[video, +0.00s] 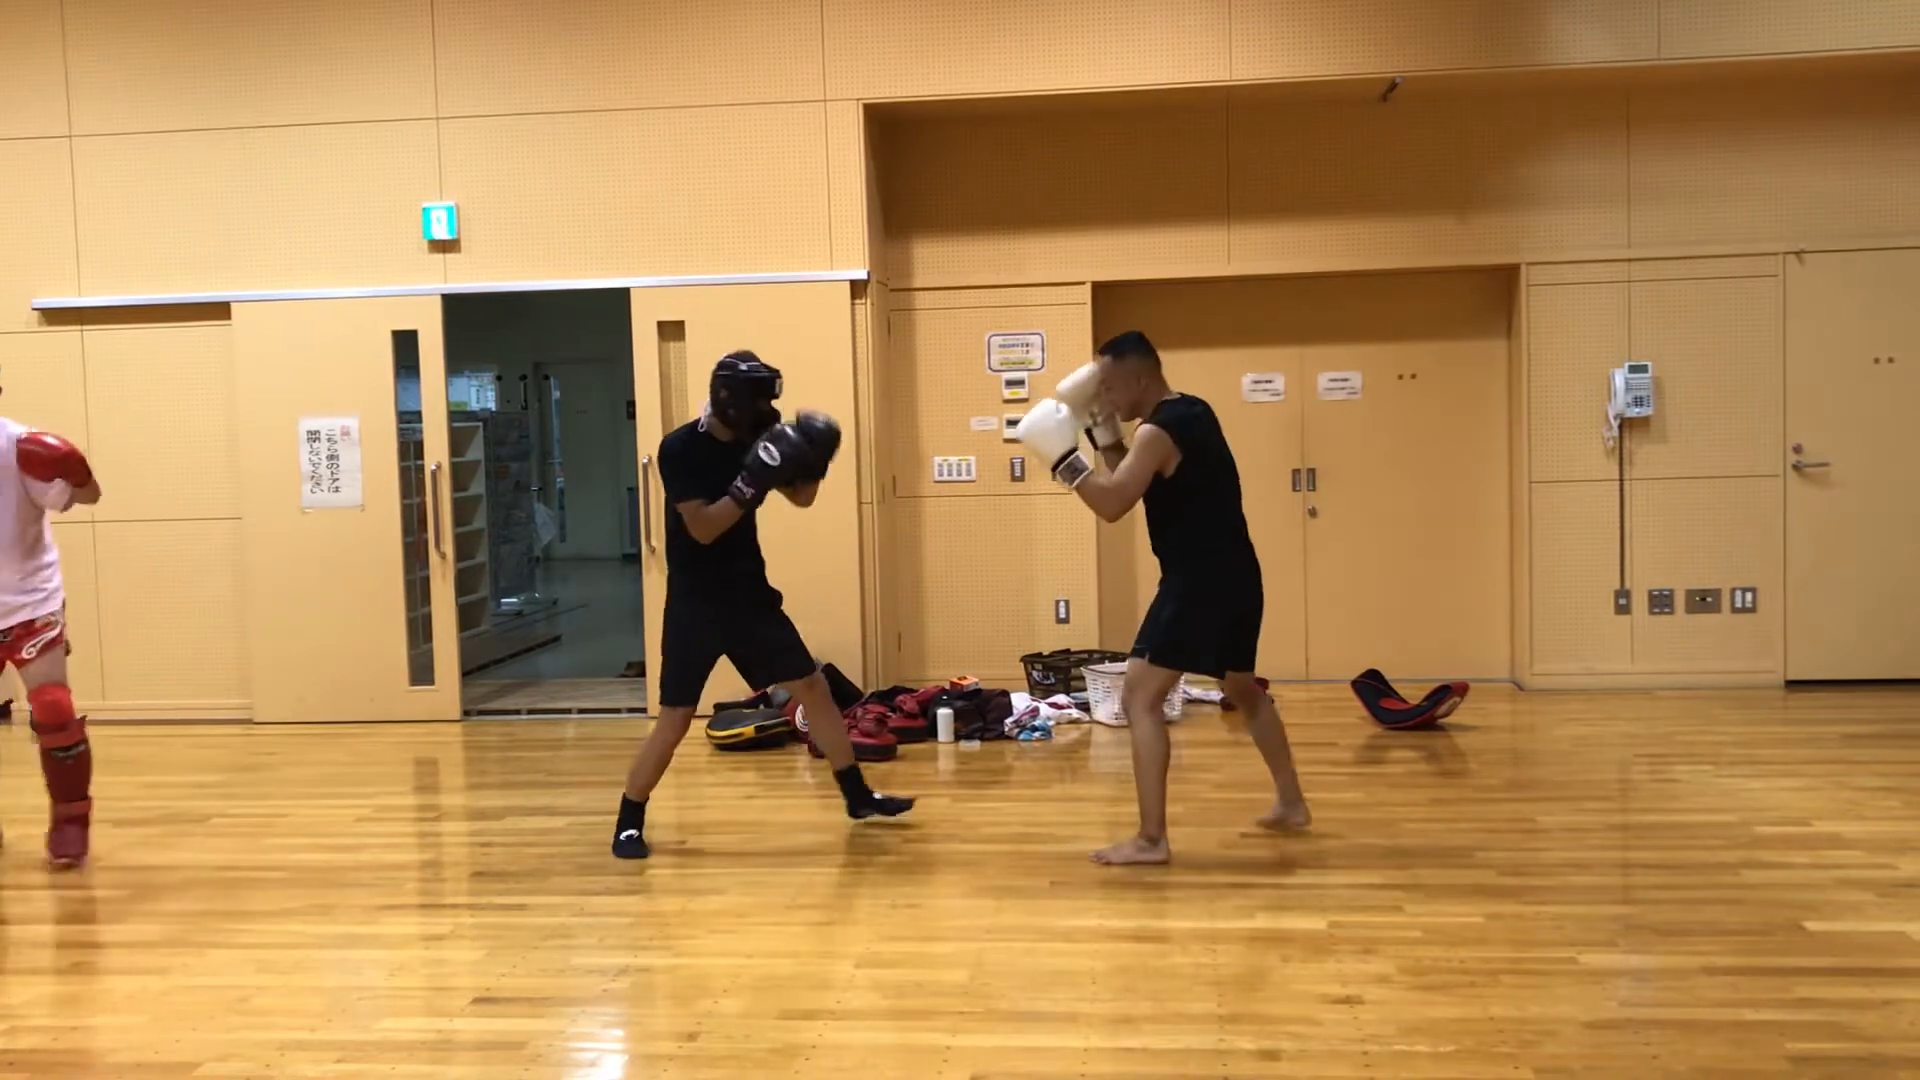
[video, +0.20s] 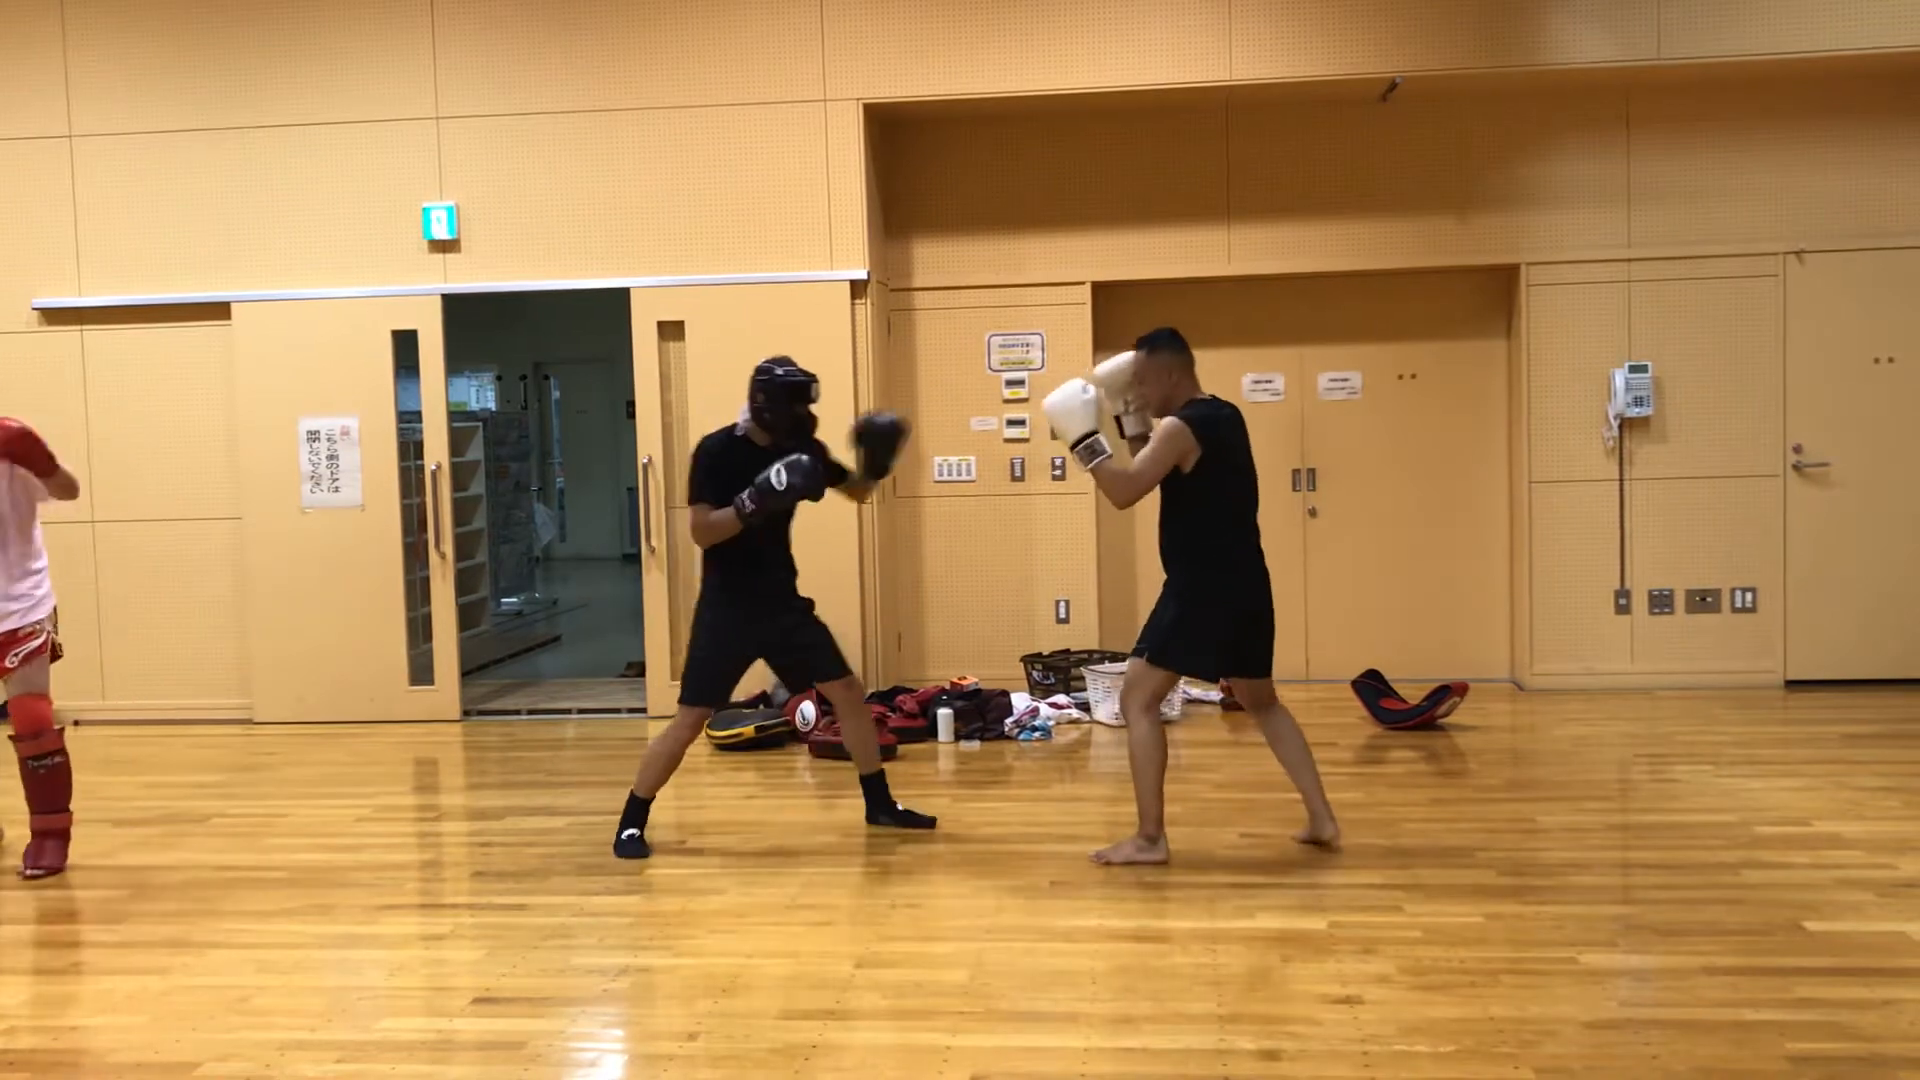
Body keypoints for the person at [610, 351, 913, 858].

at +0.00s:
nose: (766, 415)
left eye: (768, 406)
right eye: (758, 406)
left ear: (759, 405)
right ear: (726, 402)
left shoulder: (760, 436)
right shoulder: (679, 450)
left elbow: (802, 496)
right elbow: (703, 528)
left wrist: (812, 456)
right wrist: (756, 475)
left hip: (750, 597)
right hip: (694, 604)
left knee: (811, 686)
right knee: (674, 719)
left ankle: (858, 797)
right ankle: (629, 822)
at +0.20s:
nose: (805, 415)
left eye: (808, 405)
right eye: (796, 406)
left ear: (804, 403)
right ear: (764, 404)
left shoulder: (801, 448)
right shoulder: (715, 452)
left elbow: (855, 491)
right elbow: (702, 533)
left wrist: (875, 461)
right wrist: (755, 498)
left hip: (782, 605)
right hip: (725, 610)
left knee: (847, 692)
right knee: (690, 721)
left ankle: (880, 805)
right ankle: (632, 822)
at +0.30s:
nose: (838, 413)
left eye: (839, 404)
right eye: (829, 405)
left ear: (828, 405)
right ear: (798, 401)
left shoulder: (827, 447)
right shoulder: (750, 445)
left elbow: (877, 489)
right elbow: (726, 522)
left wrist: (911, 456)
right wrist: (779, 488)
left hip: (801, 602)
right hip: (747, 606)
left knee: (863, 688)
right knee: (713, 719)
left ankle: (881, 802)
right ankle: (643, 813)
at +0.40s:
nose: (870, 415)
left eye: (873, 407)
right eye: (864, 405)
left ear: (842, 405)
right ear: (836, 402)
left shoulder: (834, 450)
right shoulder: (799, 433)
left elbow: (839, 528)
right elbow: (812, 482)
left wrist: (882, 502)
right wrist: (868, 449)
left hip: (809, 595)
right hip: (765, 597)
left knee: (869, 685)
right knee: (754, 719)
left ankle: (882, 801)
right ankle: (679, 807)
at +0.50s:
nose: (887, 419)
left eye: (888, 411)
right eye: (883, 410)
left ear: (847, 403)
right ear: (857, 402)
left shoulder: (834, 457)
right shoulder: (819, 428)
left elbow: (825, 543)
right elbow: (896, 433)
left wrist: (881, 519)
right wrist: (959, 414)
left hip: (817, 594)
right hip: (777, 594)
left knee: (882, 684)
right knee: (752, 716)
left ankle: (881, 802)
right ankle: (673, 810)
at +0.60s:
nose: (914, 417)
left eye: (917, 410)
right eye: (911, 409)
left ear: (881, 399)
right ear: (889, 403)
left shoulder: (881, 463)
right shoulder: (838, 416)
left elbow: (892, 536)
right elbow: (893, 429)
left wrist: (935, 500)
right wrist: (960, 407)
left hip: (835, 586)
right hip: (788, 580)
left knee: (892, 684)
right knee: (752, 697)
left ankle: (883, 803)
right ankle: (681, 806)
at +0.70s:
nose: (928, 415)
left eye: (932, 408)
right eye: (924, 404)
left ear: (927, 412)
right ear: (900, 395)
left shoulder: (913, 457)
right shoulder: (851, 407)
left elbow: (952, 518)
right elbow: (852, 436)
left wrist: (988, 474)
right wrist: (921, 414)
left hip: (849, 580)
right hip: (799, 570)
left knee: (898, 686)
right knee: (756, 684)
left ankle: (884, 803)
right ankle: (696, 798)